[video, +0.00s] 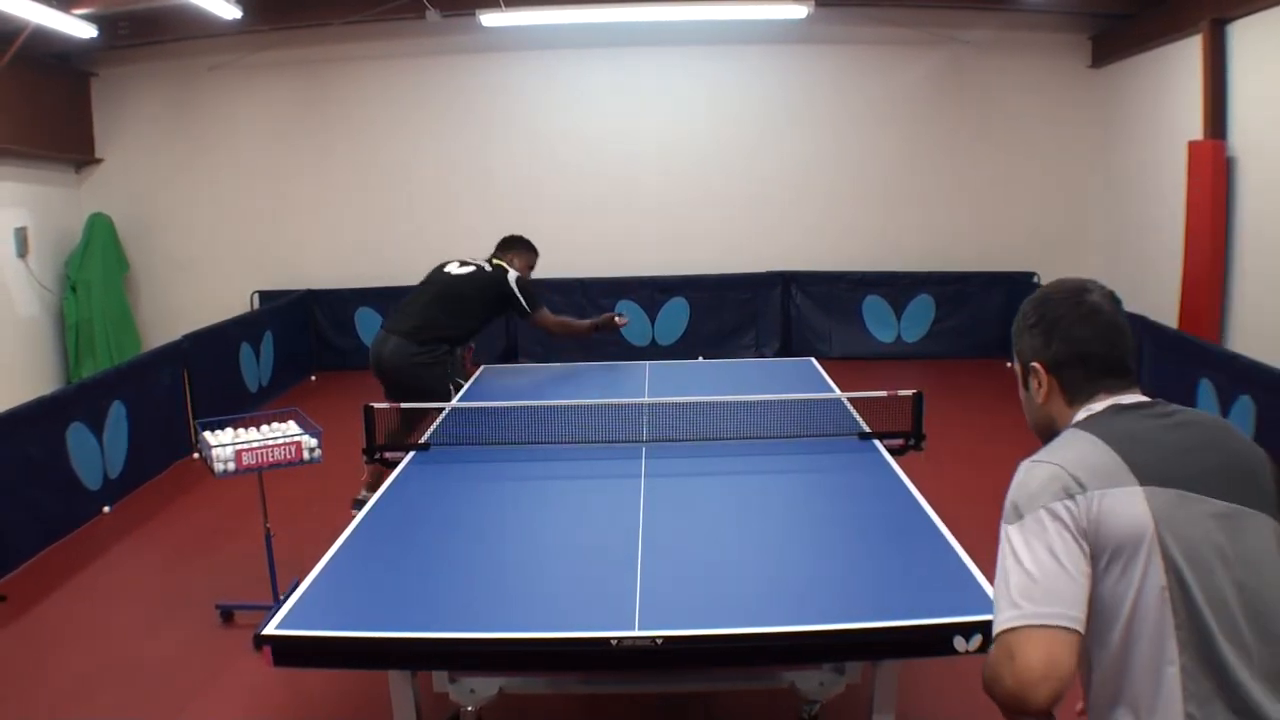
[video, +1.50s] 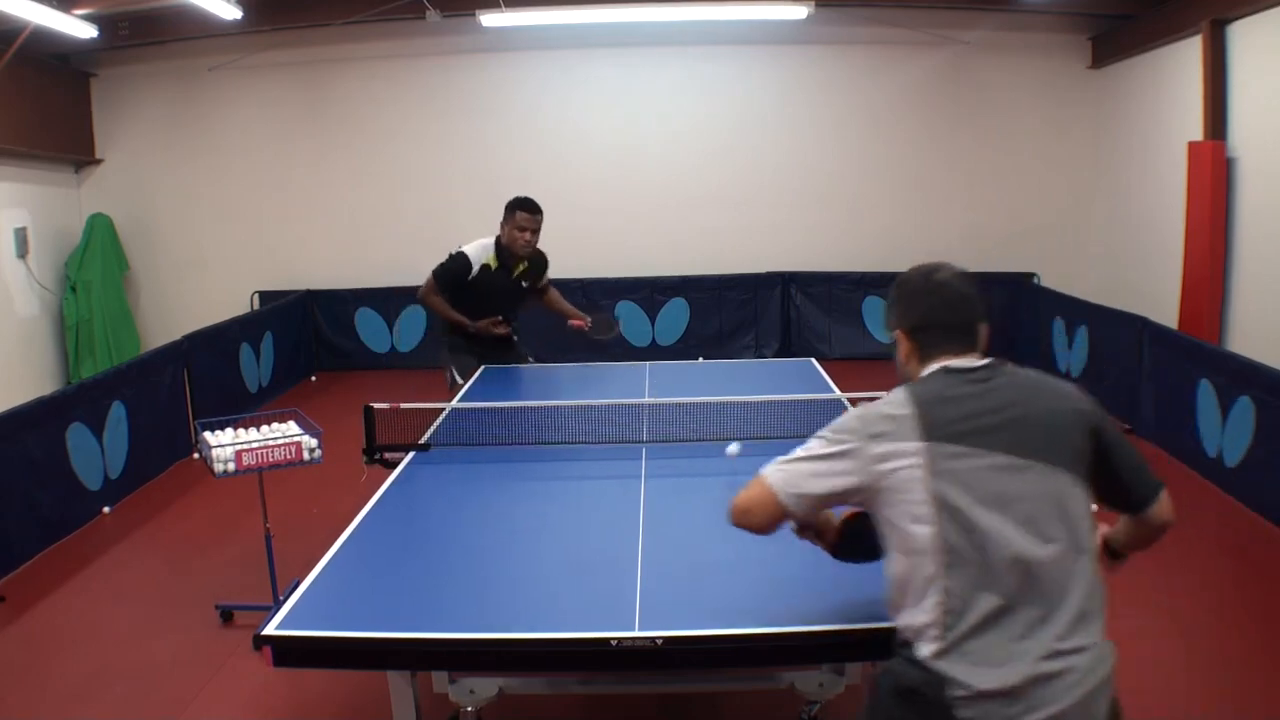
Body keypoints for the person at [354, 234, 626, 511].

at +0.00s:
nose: (528, 277)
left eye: (530, 271)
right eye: (527, 270)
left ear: (498, 256)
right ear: (514, 261)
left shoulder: (456, 265)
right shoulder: (509, 281)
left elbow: (429, 305)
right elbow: (550, 324)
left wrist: (455, 349)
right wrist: (596, 324)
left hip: (385, 349)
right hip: (418, 359)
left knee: (412, 415)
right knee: (454, 420)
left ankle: (372, 486)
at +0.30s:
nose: (474, 233)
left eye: (473, 228)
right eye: (470, 227)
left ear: (436, 227)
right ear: (455, 228)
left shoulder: (403, 252)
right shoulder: (453, 246)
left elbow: (391, 303)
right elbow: (514, 243)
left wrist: (435, 332)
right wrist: (557, 218)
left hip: (359, 351)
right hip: (392, 356)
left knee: (375, 425)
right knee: (456, 419)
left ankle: (336, 507)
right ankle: (446, 501)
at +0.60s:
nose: (440, 219)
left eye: (438, 214)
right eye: (435, 214)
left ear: (403, 219)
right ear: (417, 216)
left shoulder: (368, 242)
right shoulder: (424, 231)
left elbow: (331, 284)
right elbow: (472, 223)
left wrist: (360, 317)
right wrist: (516, 229)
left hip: (337, 340)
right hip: (373, 342)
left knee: (355, 424)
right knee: (423, 422)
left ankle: (334, 508)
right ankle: (439, 503)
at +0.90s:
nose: (468, 251)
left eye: (467, 245)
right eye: (465, 245)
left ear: (432, 244)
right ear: (453, 242)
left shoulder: (404, 259)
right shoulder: (451, 260)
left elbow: (370, 289)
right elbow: (442, 293)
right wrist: (443, 339)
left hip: (349, 356)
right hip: (382, 362)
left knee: (374, 427)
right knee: (445, 421)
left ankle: (335, 509)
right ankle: (440, 501)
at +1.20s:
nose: (505, 246)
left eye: (511, 241)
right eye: (499, 237)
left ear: (516, 241)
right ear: (480, 230)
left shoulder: (491, 263)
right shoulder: (449, 258)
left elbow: (477, 298)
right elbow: (396, 292)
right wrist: (437, 333)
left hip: (442, 349)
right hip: (412, 350)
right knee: (456, 412)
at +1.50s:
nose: (529, 238)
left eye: (535, 232)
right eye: (521, 230)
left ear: (540, 233)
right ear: (503, 228)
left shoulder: (537, 262)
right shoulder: (470, 258)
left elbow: (543, 290)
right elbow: (427, 295)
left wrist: (576, 315)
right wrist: (472, 326)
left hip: (504, 339)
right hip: (463, 342)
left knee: (534, 386)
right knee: (476, 402)